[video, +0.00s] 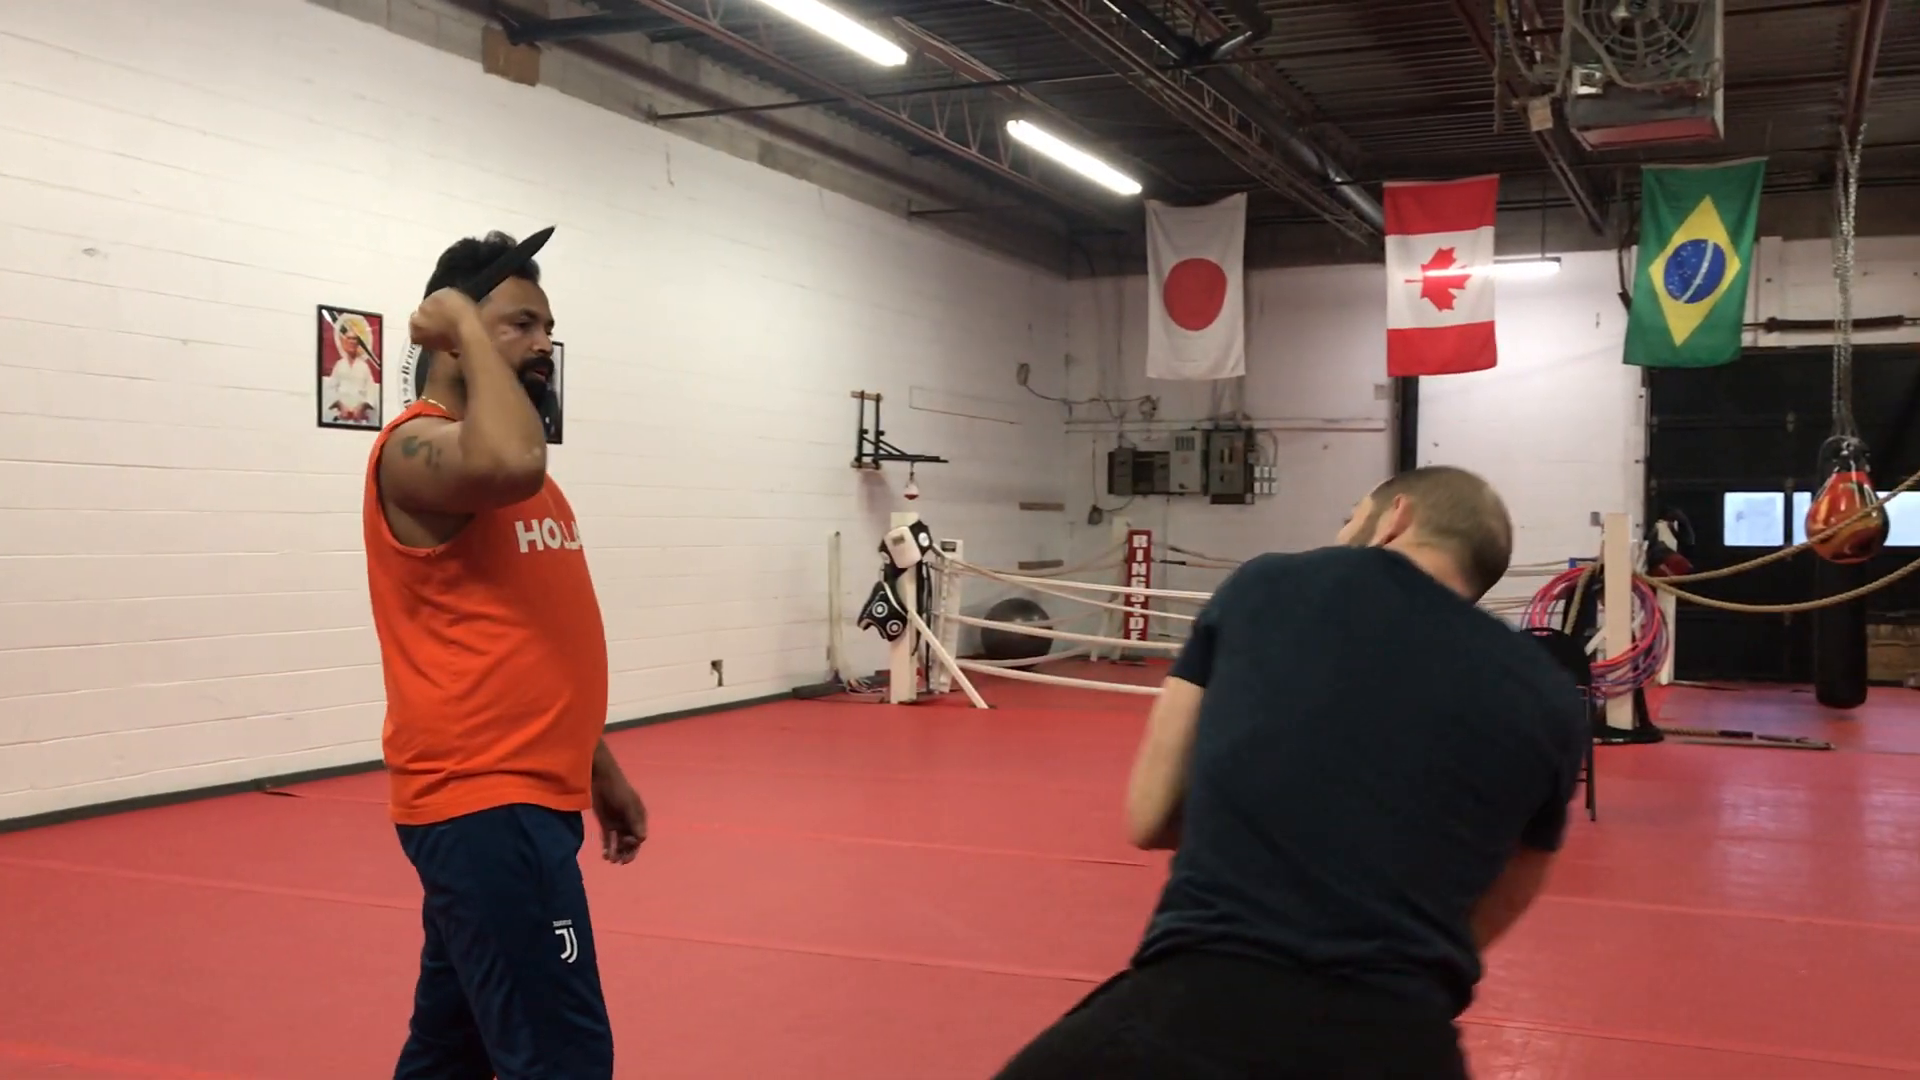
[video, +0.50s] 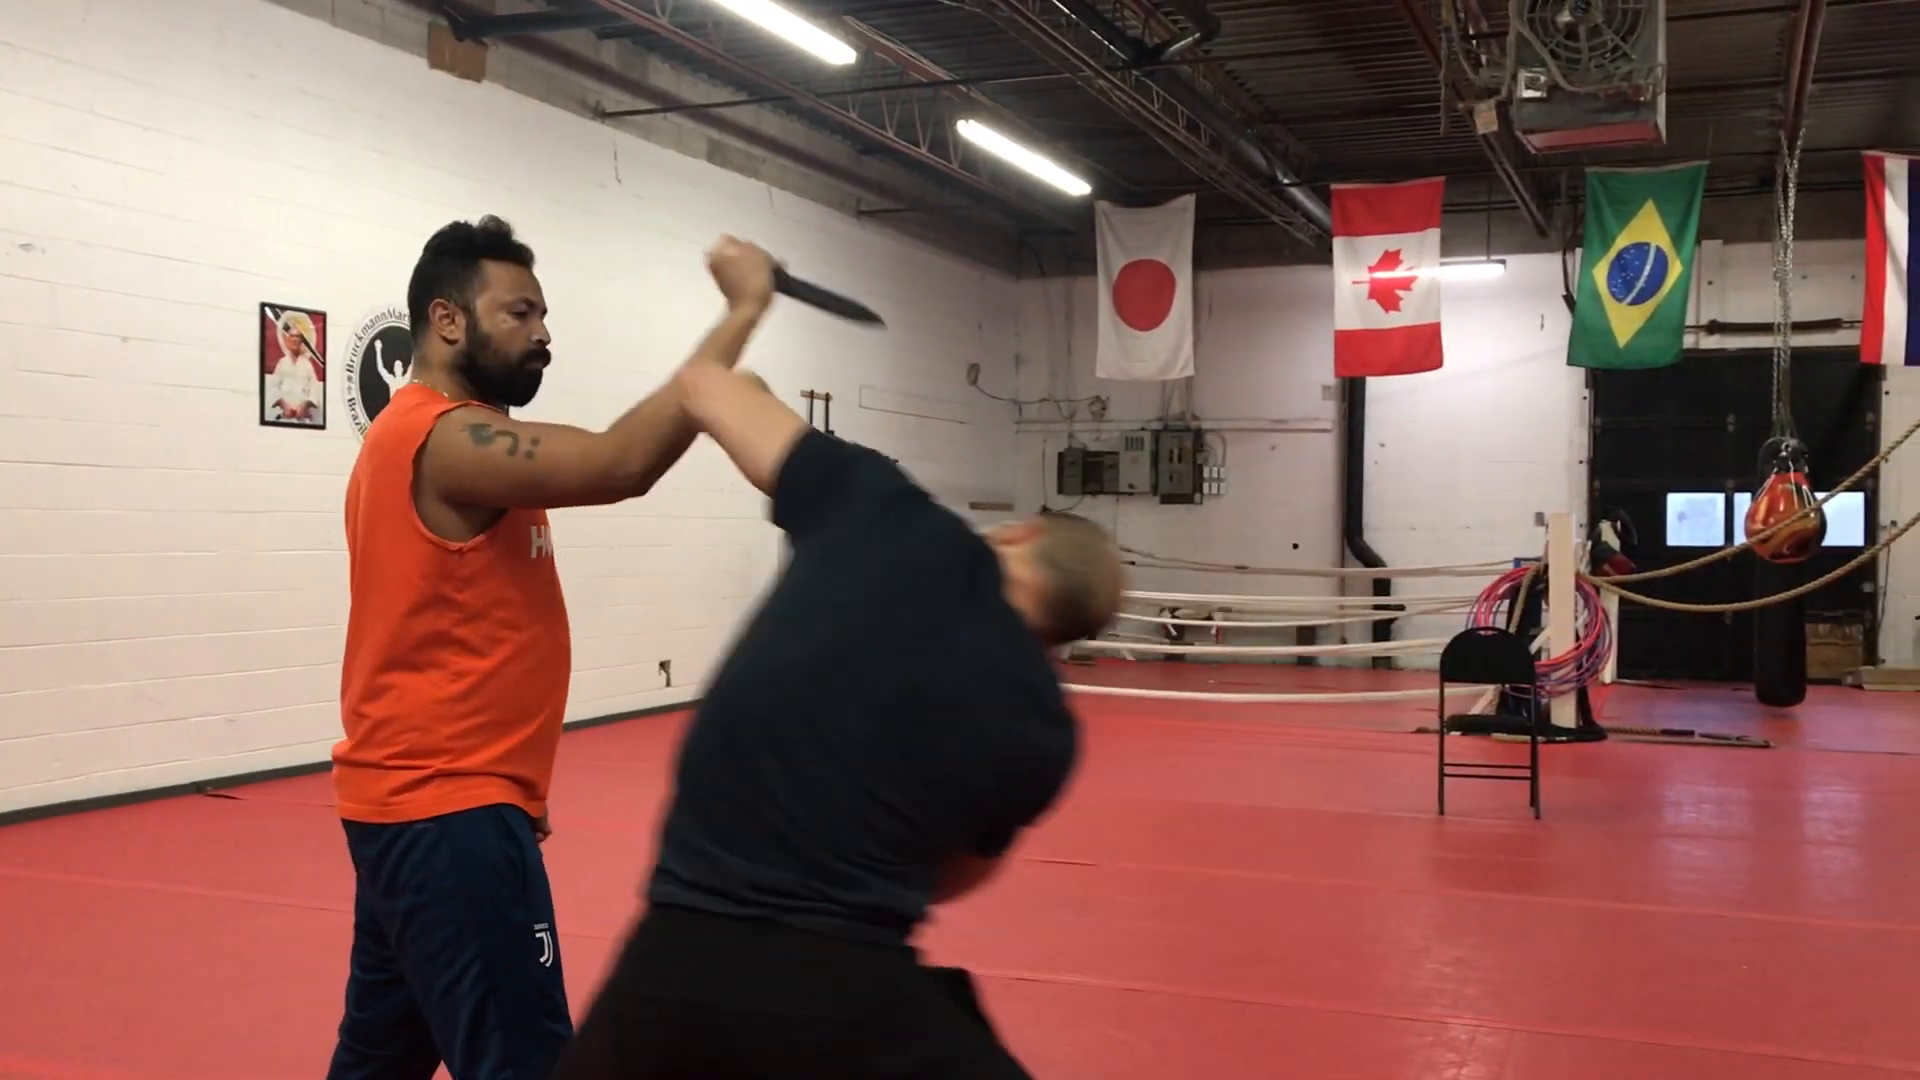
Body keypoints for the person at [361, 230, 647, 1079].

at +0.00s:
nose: (544, 346)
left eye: (546, 326)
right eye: (518, 323)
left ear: (542, 334)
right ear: (457, 340)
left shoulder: (517, 452)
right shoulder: (415, 444)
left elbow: (537, 632)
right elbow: (512, 460)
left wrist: (600, 769)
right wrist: (466, 327)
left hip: (527, 798)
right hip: (477, 802)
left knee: (452, 1055)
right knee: (566, 1056)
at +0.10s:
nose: (541, 342)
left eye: (542, 325)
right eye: (524, 321)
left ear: (455, 339)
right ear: (453, 334)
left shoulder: (489, 442)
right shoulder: (422, 441)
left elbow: (508, 634)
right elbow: (534, 446)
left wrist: (575, 772)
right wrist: (500, 312)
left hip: (507, 796)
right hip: (473, 802)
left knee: (439, 1054)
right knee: (566, 1058)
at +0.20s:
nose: (540, 340)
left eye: (541, 320)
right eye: (516, 318)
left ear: (458, 333)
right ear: (449, 327)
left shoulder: (474, 433)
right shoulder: (429, 436)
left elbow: (490, 635)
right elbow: (561, 442)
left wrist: (553, 779)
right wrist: (551, 281)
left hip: (484, 798)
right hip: (471, 804)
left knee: (427, 1053)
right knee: (559, 1057)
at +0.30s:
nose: (547, 336)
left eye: (546, 318)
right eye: (522, 315)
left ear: (457, 331)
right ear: (449, 324)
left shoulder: (459, 430)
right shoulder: (442, 435)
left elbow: (478, 635)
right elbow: (590, 444)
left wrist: (540, 786)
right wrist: (626, 267)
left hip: (467, 800)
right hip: (465, 807)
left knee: (408, 1056)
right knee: (546, 1058)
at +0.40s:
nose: (545, 337)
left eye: (543, 316)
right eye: (523, 313)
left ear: (450, 329)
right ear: (448, 323)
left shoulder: (423, 429)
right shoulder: (449, 434)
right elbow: (613, 456)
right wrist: (697, 285)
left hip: (424, 802)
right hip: (461, 809)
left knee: (394, 1055)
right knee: (535, 1059)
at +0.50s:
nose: (545, 335)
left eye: (543, 314)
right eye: (522, 312)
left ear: (449, 329)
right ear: (448, 322)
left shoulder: (404, 433)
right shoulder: (451, 436)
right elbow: (624, 462)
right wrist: (743, 313)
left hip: (406, 801)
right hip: (452, 807)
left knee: (380, 1058)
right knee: (525, 1059)